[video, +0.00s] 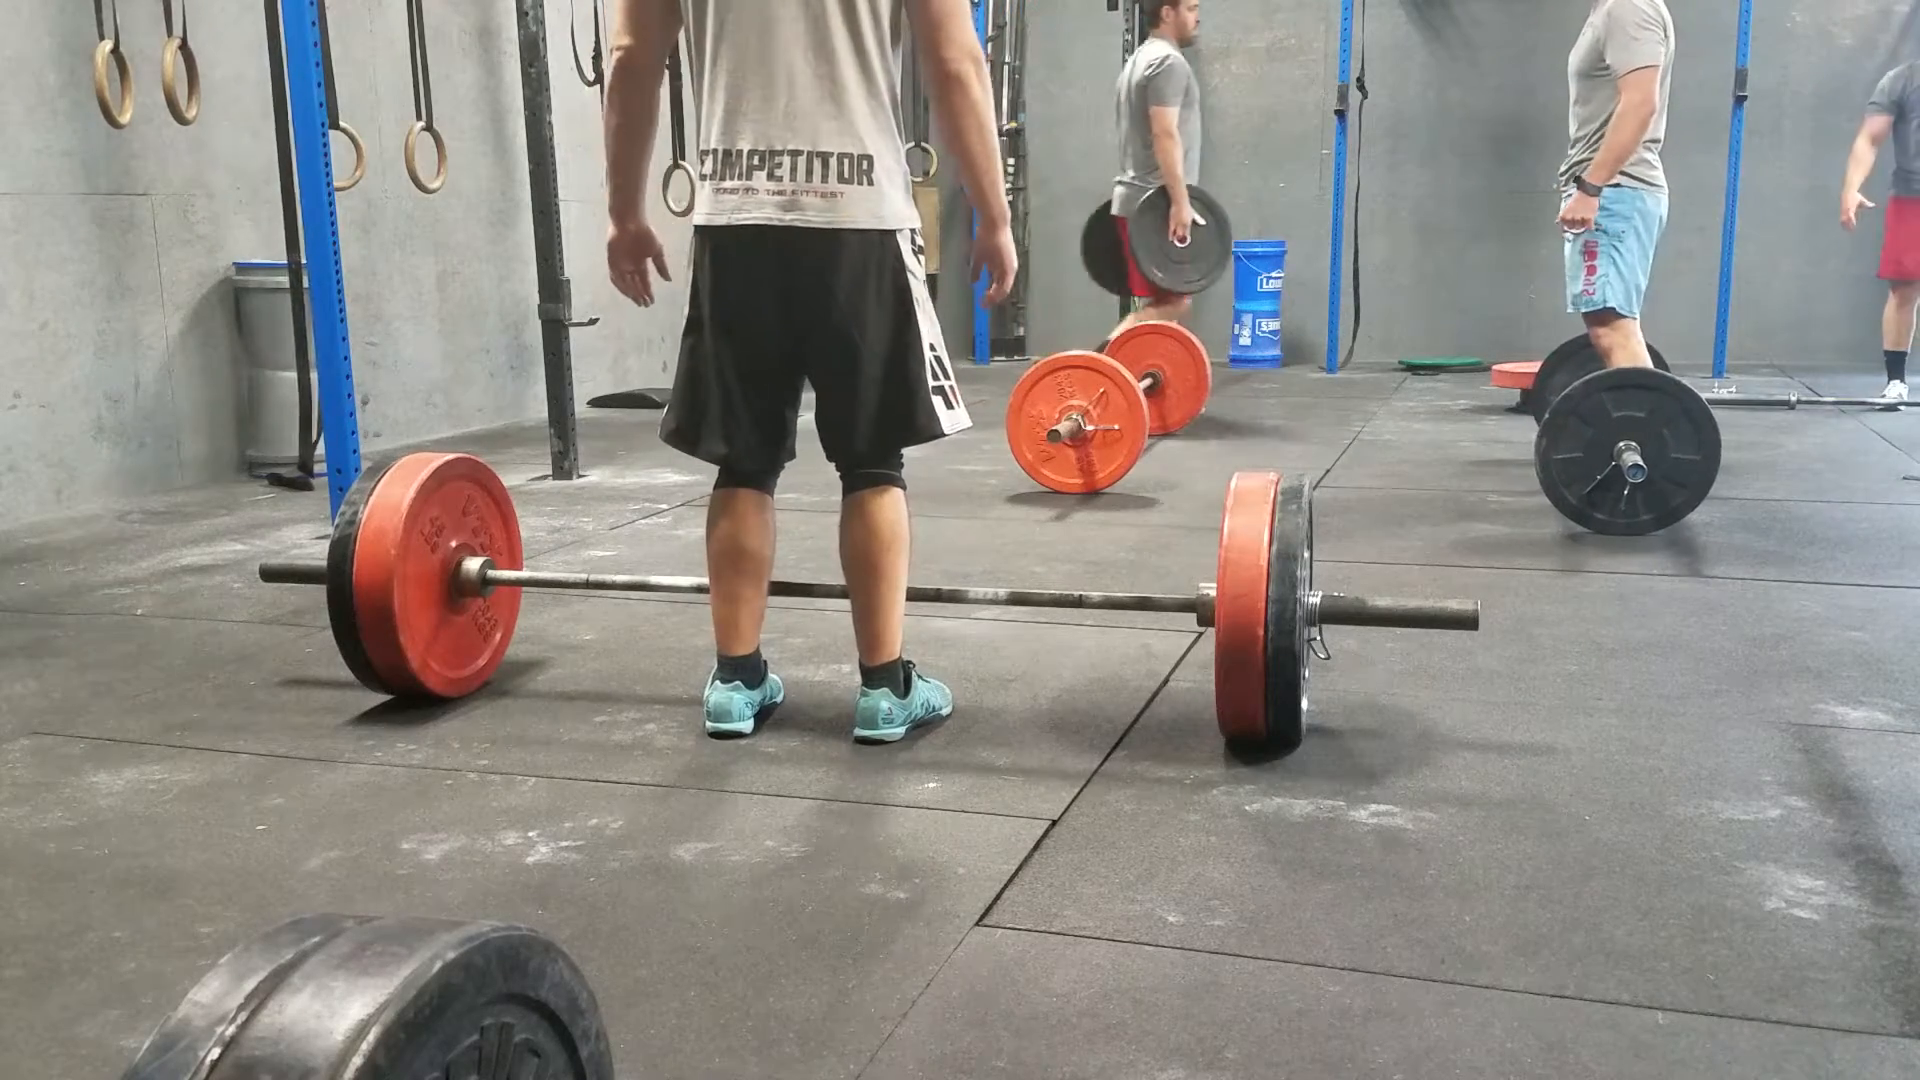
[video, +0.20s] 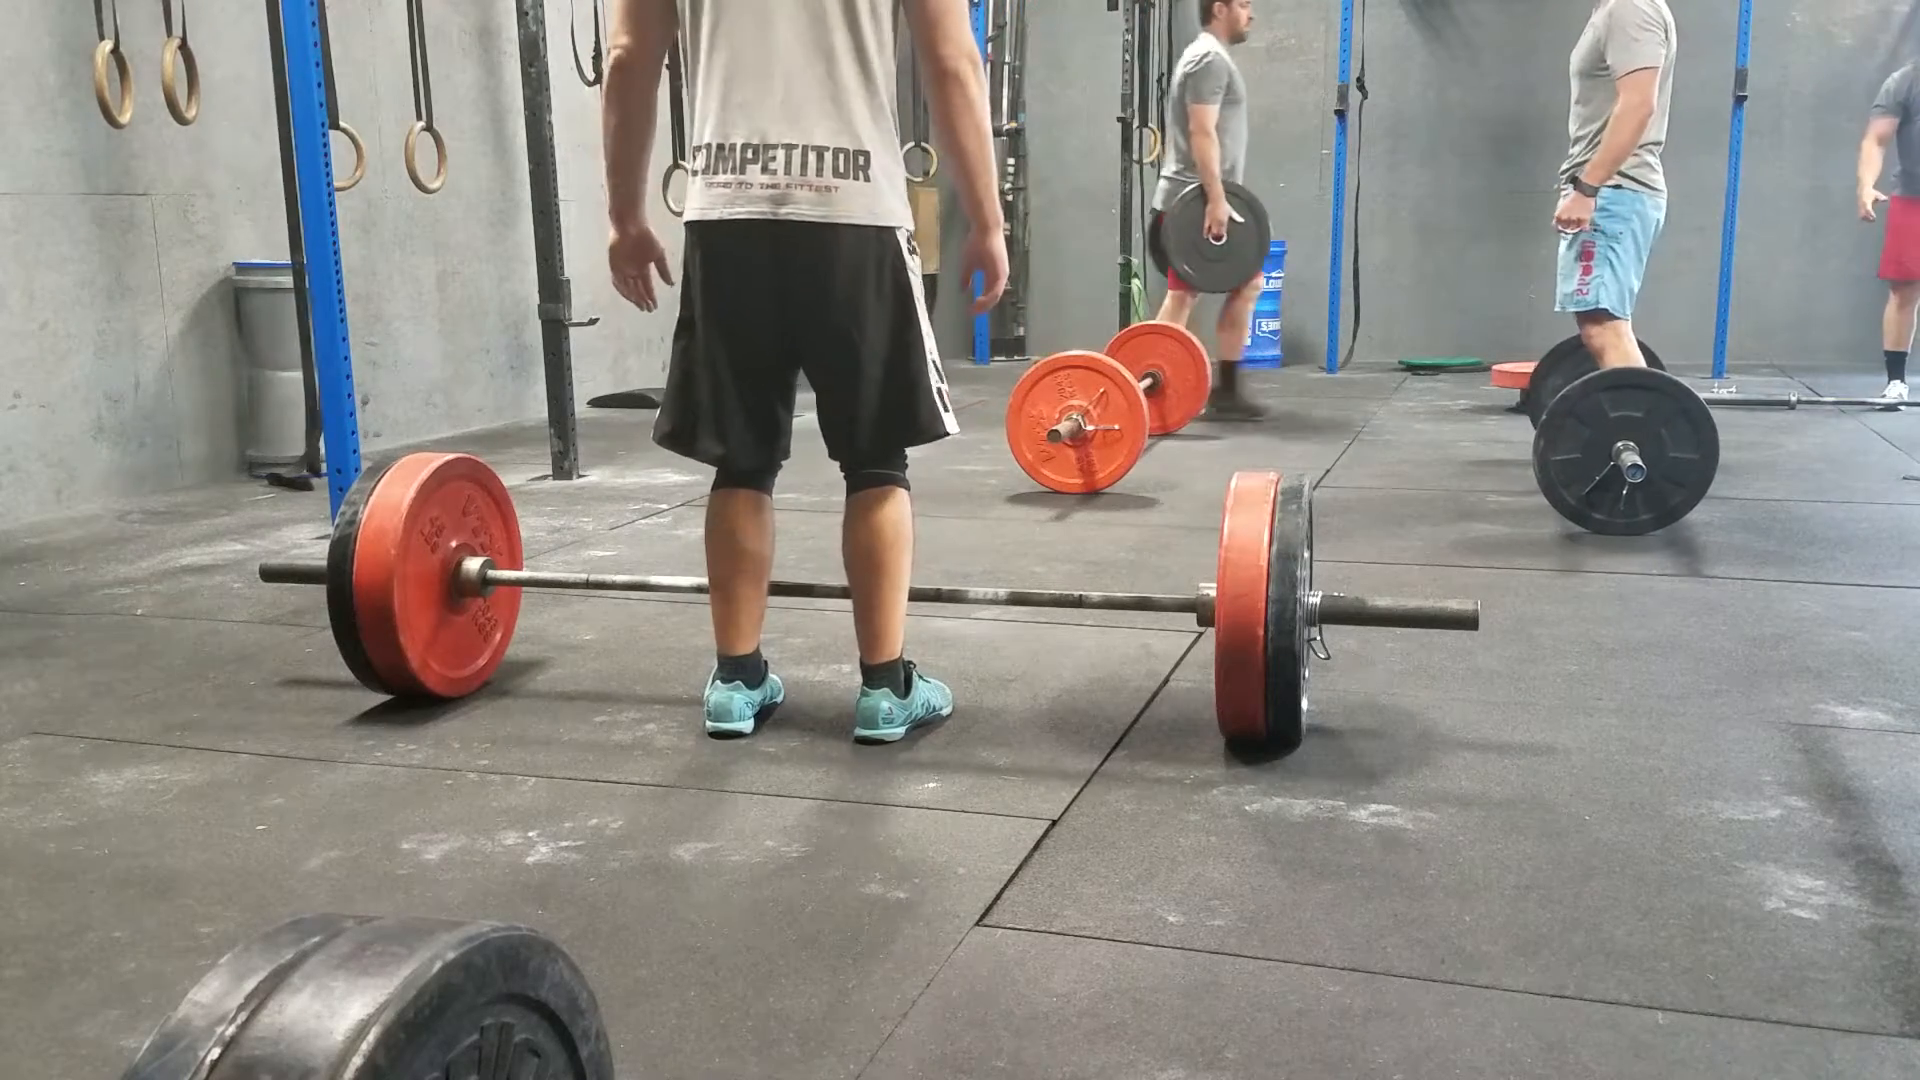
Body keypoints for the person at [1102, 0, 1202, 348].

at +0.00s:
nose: (1198, 17)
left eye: (1197, 9)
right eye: (1191, 8)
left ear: (1166, 15)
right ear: (1167, 13)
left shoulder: (1139, 59)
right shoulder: (1167, 60)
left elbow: (1134, 139)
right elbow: (1164, 135)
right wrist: (1180, 201)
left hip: (1133, 200)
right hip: (1153, 203)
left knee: (1157, 304)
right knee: (1174, 304)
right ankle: (1105, 366)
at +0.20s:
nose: (1250, 14)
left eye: (1250, 6)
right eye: (1245, 6)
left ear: (1218, 11)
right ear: (1221, 9)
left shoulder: (1198, 55)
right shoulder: (1210, 58)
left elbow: (1192, 135)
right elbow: (1202, 134)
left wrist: (1214, 196)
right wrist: (1216, 198)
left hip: (1182, 198)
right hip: (1200, 199)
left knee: (1181, 291)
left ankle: (1145, 384)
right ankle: (1228, 391)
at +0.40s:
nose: (1308, 19)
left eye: (1308, 11)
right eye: (1302, 10)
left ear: (1279, 16)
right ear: (1278, 15)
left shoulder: (1262, 62)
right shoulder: (1269, 66)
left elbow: (1254, 143)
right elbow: (1252, 143)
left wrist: (1266, 208)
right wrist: (1256, 212)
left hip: (1243, 202)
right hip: (1262, 205)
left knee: (1219, 298)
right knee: (1294, 295)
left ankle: (1159, 373)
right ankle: (1309, 396)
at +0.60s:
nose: (1365, 8)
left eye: (1363, 2)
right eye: (1357, 1)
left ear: (1333, 9)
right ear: (1332, 6)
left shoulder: (1331, 54)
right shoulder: (1319, 58)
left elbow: (1320, 135)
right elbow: (1305, 136)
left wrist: (1336, 196)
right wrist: (1311, 204)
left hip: (1331, 195)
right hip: (1318, 198)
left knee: (1341, 285)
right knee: (1326, 292)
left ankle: (1264, 354)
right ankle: (1312, 396)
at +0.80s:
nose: (1422, 7)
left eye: (1421, 1)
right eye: (1414, 0)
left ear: (1391, 8)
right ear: (1386, 4)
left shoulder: (1390, 52)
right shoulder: (1369, 55)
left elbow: (1379, 134)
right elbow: (1359, 134)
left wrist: (1388, 197)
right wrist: (1371, 202)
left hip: (1387, 195)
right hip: (1357, 199)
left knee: (1410, 285)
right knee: (1341, 293)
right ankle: (1312, 393)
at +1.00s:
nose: (1486, 8)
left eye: (1486, 1)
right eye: (1477, 1)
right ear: (1450, 6)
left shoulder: (1465, 57)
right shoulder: (1435, 56)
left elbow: (1455, 138)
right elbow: (1418, 132)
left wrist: (1463, 203)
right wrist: (1427, 202)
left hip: (1455, 201)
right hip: (1418, 201)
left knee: (1476, 288)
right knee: (1399, 301)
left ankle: (1477, 393)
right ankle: (1330, 381)